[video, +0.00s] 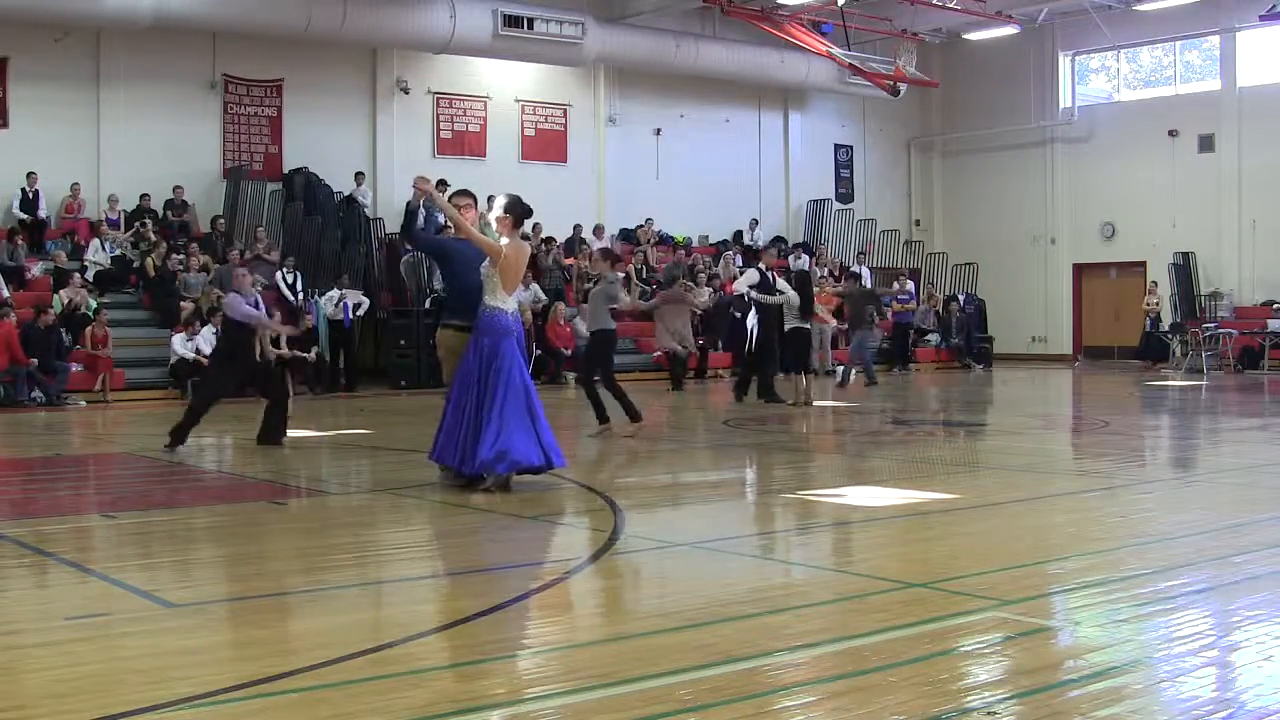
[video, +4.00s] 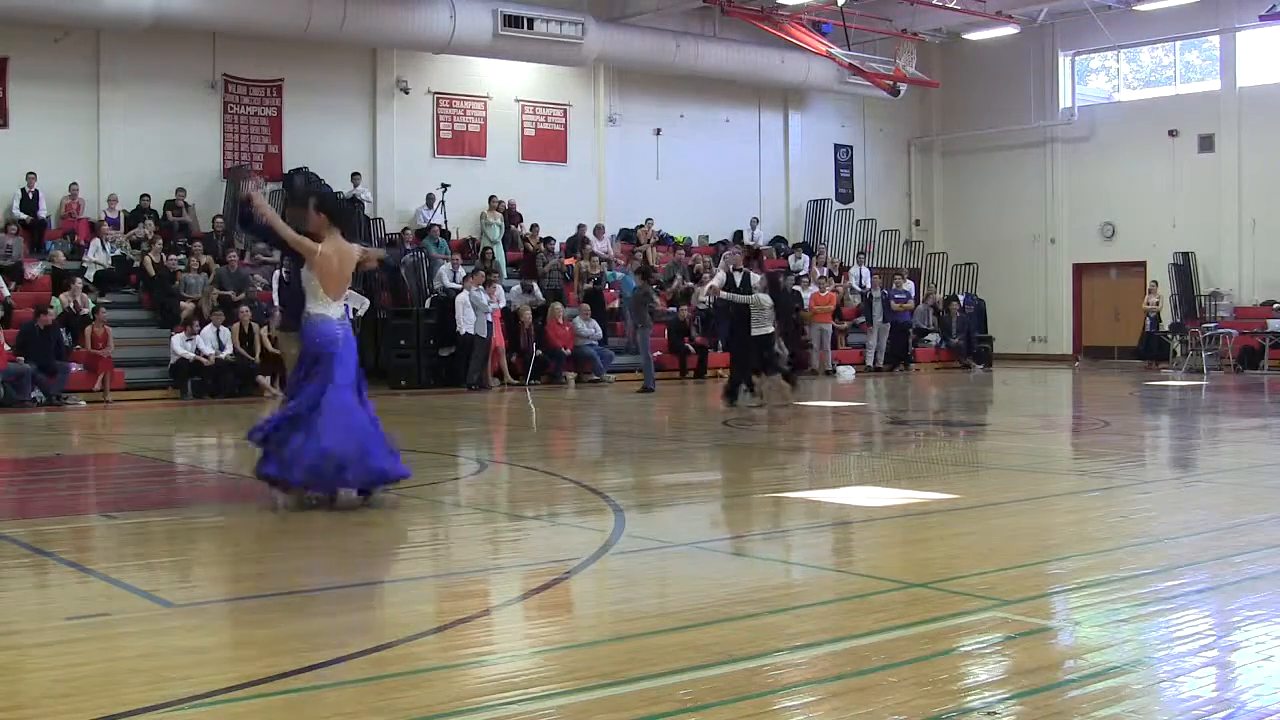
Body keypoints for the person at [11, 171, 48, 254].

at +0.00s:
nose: (35, 180)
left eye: (36, 179)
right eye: (32, 178)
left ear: (37, 180)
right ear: (27, 179)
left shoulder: (39, 193)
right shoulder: (20, 192)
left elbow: (42, 209)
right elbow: (14, 210)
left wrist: (42, 216)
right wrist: (25, 217)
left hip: (36, 217)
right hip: (25, 218)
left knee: (43, 224)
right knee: (33, 225)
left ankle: (40, 248)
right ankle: (32, 248)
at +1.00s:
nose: (33, 181)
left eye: (35, 179)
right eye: (31, 179)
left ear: (36, 180)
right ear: (27, 180)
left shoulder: (39, 193)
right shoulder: (20, 192)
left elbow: (42, 208)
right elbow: (15, 209)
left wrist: (41, 216)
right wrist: (25, 217)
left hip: (36, 216)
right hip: (24, 216)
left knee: (42, 224)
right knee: (30, 226)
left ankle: (39, 248)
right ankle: (30, 248)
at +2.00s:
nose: (33, 181)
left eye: (35, 179)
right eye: (31, 178)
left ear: (36, 180)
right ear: (27, 180)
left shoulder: (39, 193)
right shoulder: (20, 192)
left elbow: (43, 208)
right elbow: (14, 210)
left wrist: (41, 216)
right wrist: (25, 217)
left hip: (36, 218)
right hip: (25, 218)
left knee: (43, 223)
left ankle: (40, 248)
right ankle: (30, 249)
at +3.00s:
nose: (33, 181)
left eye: (34, 179)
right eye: (31, 178)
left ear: (36, 180)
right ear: (27, 180)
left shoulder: (39, 193)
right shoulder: (20, 192)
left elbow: (42, 208)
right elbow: (15, 209)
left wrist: (41, 216)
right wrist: (25, 217)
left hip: (36, 218)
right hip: (25, 218)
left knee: (43, 223)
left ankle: (40, 247)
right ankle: (31, 248)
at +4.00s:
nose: (31, 181)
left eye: (33, 179)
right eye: (29, 179)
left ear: (36, 180)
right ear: (26, 180)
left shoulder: (39, 193)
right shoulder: (20, 192)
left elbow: (42, 209)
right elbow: (15, 210)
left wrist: (41, 216)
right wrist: (25, 217)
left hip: (36, 217)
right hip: (24, 217)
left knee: (42, 223)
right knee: (34, 225)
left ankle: (40, 248)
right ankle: (33, 248)